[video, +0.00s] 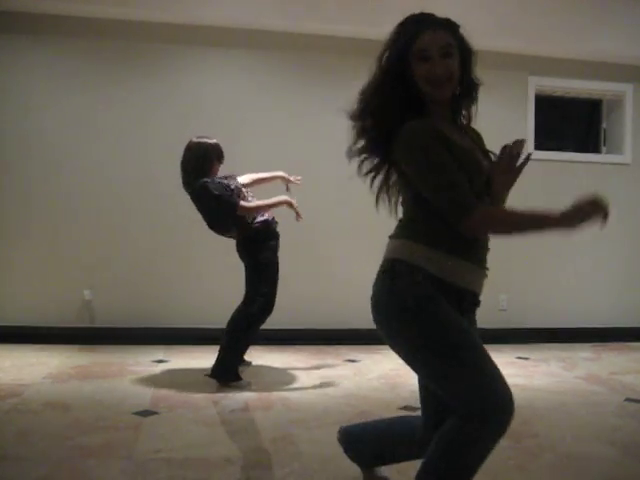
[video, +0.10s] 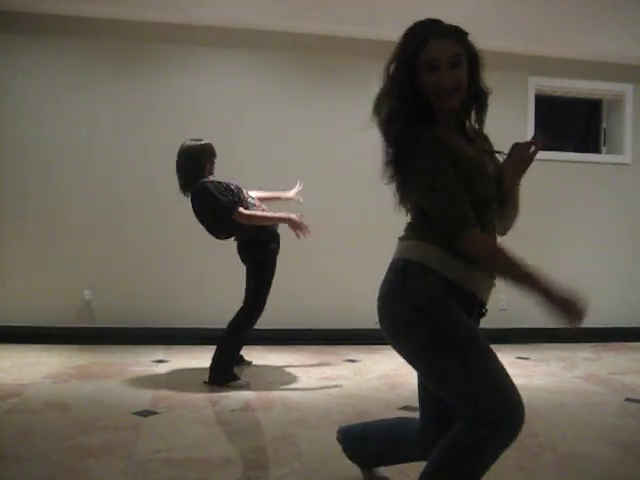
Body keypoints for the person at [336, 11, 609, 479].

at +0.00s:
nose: (439, 68)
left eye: (447, 54)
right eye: (424, 59)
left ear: (461, 62)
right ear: (407, 71)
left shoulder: (465, 135)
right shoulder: (416, 135)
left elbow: (476, 218)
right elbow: (474, 219)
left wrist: (499, 186)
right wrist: (561, 220)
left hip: (453, 296)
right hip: (412, 293)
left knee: (441, 433)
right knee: (489, 407)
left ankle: (359, 442)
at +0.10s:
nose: (446, 78)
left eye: (456, 65)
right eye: (431, 67)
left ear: (471, 72)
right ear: (412, 78)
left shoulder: (473, 139)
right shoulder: (421, 141)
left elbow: (500, 225)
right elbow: (466, 238)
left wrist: (510, 178)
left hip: (457, 301)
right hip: (420, 295)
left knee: (438, 438)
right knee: (499, 414)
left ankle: (358, 443)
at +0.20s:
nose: (458, 77)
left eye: (468, 63)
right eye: (444, 67)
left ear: (483, 67)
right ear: (426, 76)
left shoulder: (493, 134)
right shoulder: (429, 139)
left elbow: (533, 210)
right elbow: (449, 241)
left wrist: (526, 164)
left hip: (468, 295)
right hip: (424, 289)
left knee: (441, 428)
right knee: (504, 413)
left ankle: (356, 443)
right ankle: (437, 477)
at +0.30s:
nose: (478, 53)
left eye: (487, 39)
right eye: (463, 44)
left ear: (505, 44)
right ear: (447, 52)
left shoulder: (519, 117)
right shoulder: (446, 111)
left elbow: (558, 196)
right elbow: (423, 197)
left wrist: (545, 158)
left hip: (479, 283)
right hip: (436, 273)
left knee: (451, 411)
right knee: (498, 407)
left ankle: (362, 443)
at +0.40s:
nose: (508, 22)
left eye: (516, 7)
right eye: (492, 13)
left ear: (534, 11)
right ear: (477, 23)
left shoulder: (544, 91)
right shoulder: (473, 82)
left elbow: (569, 177)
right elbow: (412, 143)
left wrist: (572, 136)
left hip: (492, 264)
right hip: (455, 255)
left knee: (461, 383)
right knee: (495, 398)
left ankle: (378, 436)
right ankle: (434, 478)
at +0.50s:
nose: (543, 14)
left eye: (551, 7)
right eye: (532, 6)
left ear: (563, 11)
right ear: (515, 10)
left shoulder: (566, 71)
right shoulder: (499, 62)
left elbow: (576, 162)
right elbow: (414, 102)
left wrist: (593, 116)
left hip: (503, 239)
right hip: (476, 232)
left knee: (485, 366)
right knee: (491, 381)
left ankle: (411, 443)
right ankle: (428, 472)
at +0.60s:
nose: (594, 20)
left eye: (595, 13)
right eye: (588, 10)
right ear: (564, 6)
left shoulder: (572, 64)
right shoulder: (526, 52)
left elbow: (567, 137)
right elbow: (458, 84)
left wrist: (607, 106)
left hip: (520, 231)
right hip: (497, 226)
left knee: (526, 357)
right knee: (490, 364)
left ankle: (484, 463)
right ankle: (424, 471)